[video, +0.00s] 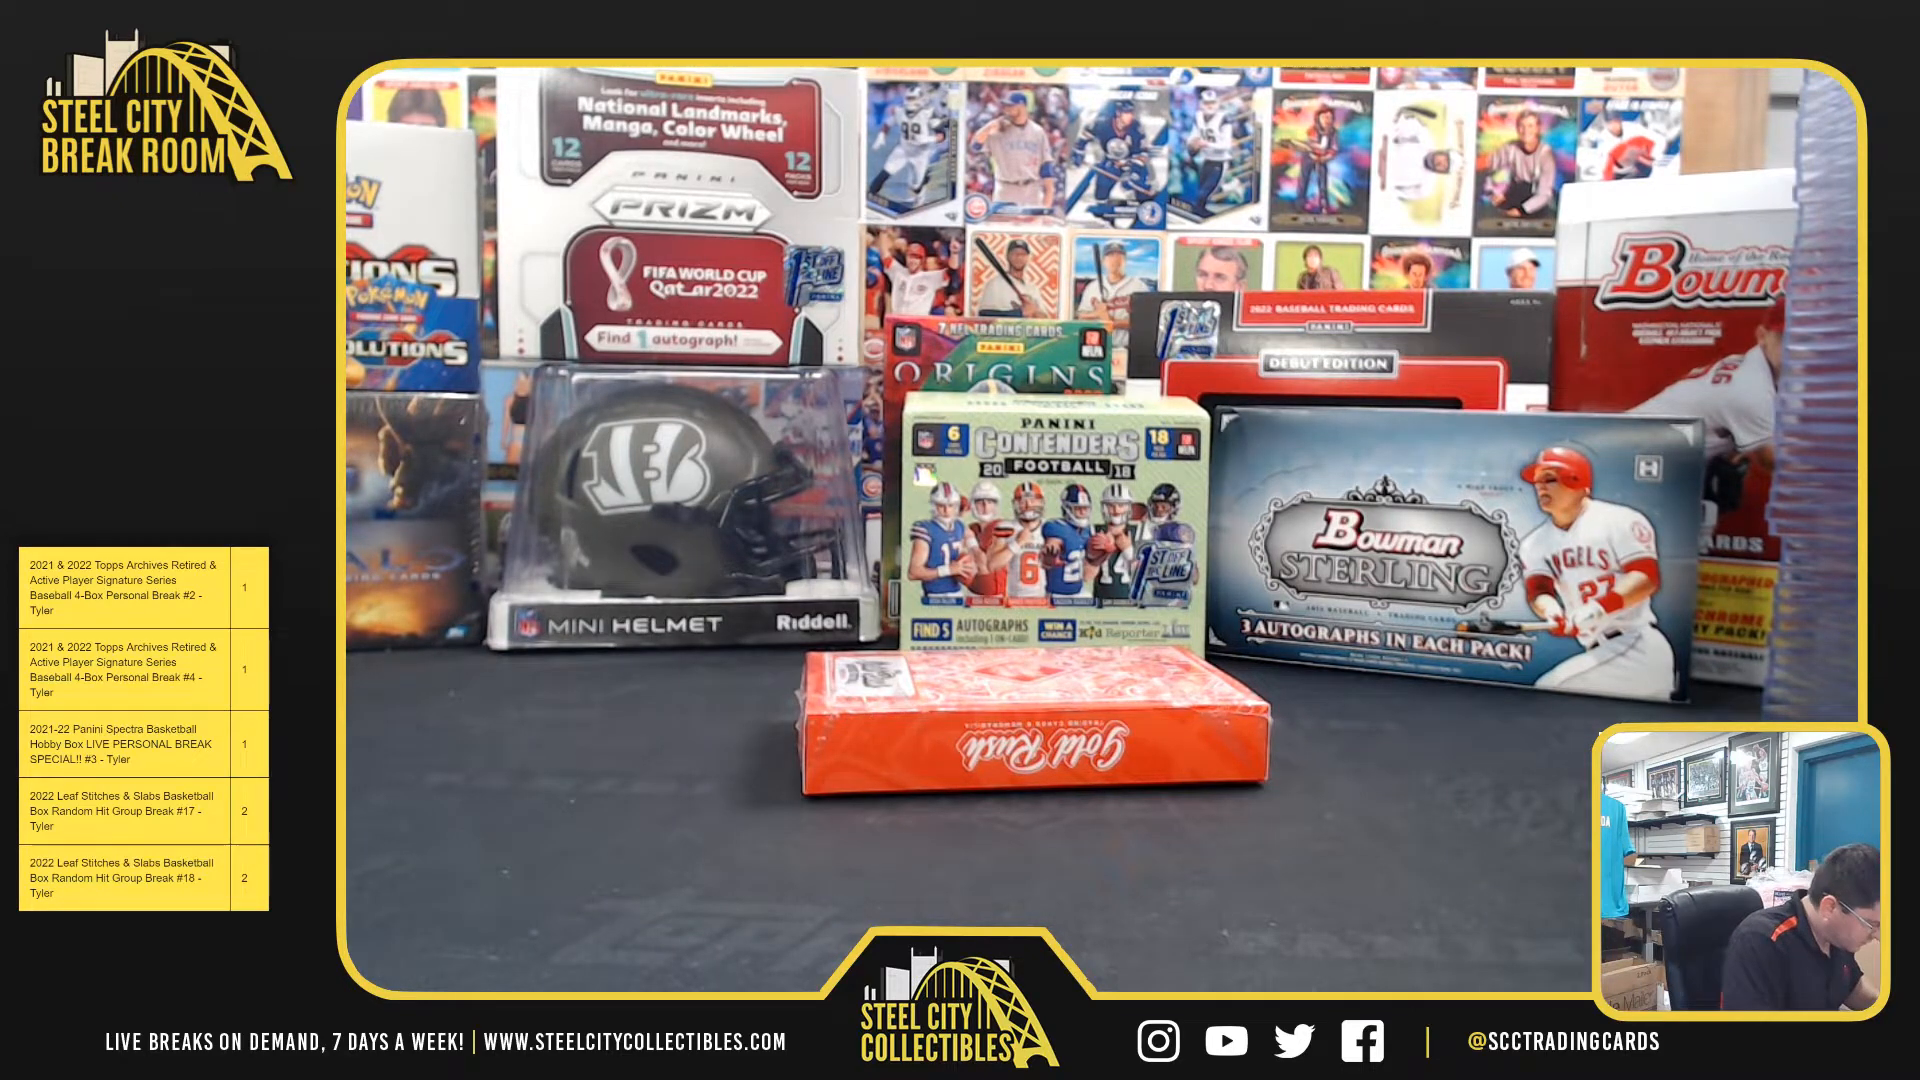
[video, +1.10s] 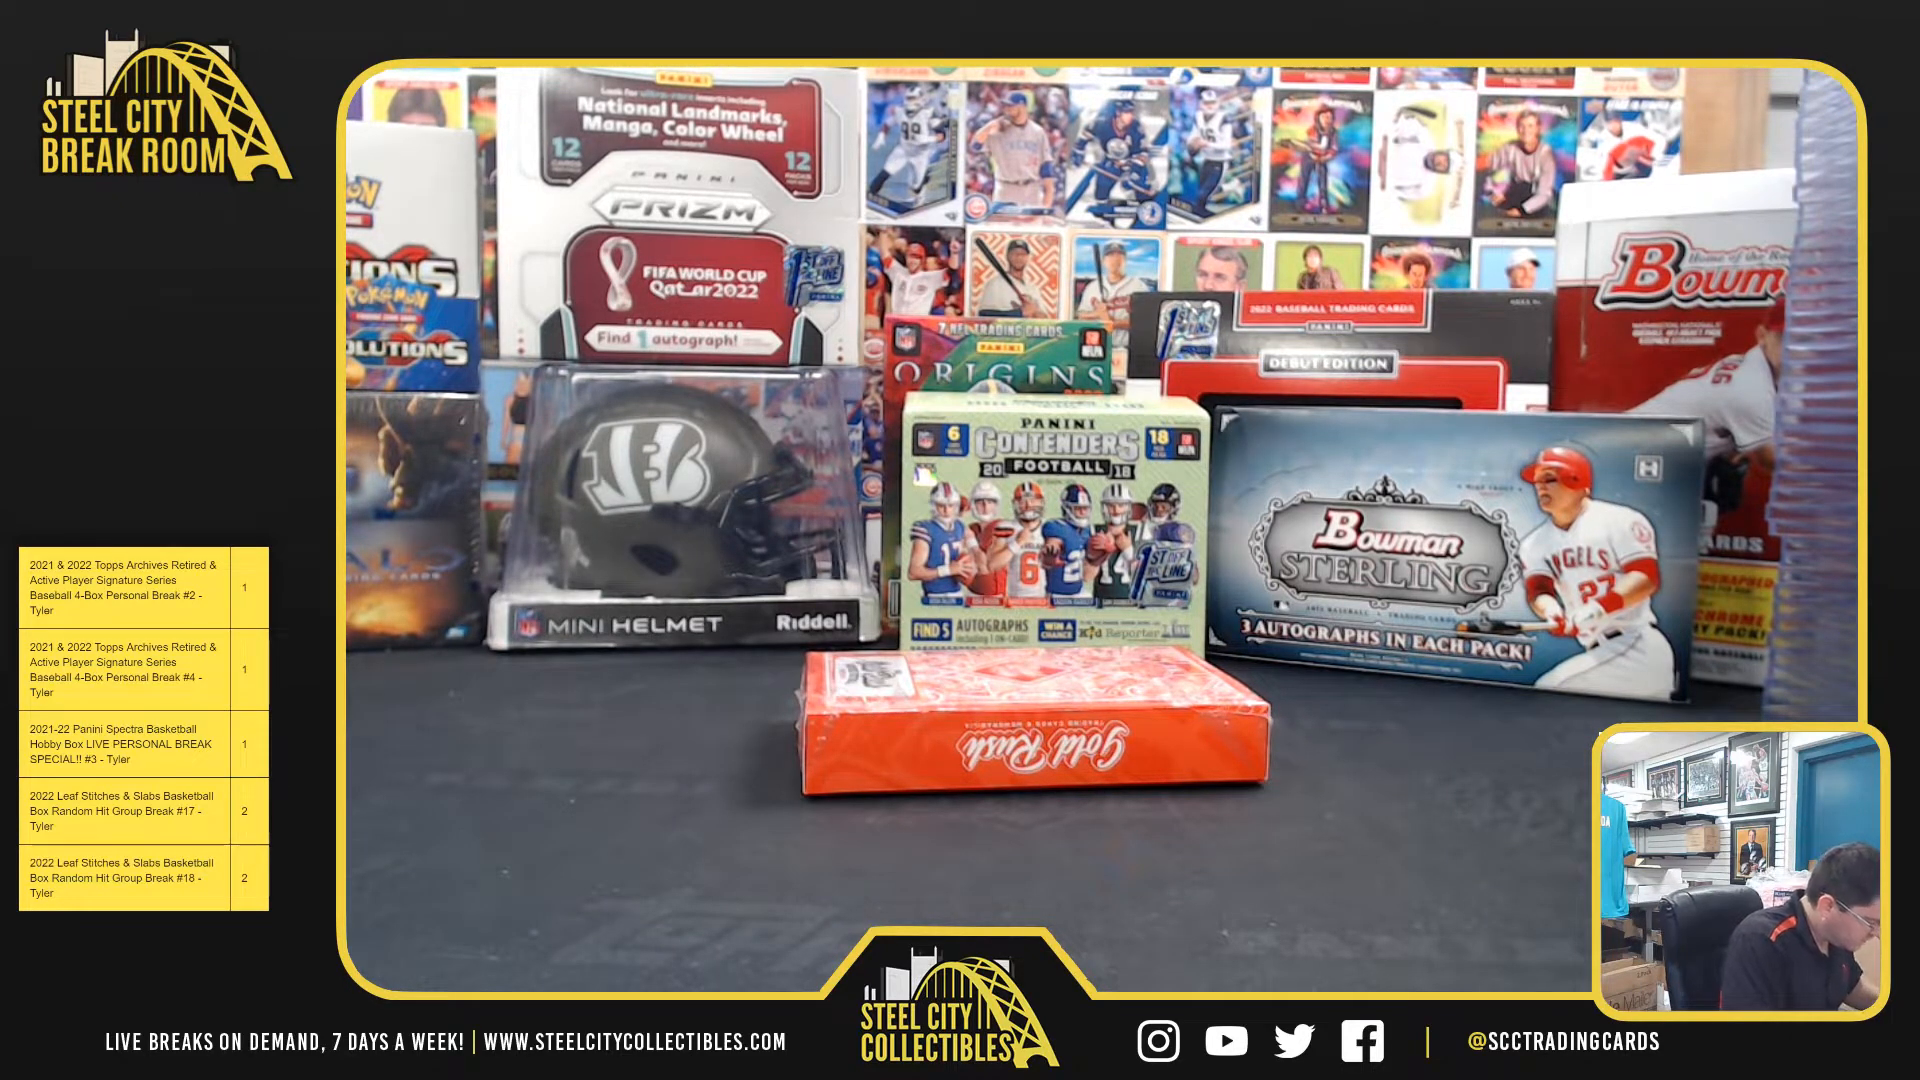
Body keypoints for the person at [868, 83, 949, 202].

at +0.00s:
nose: (910, 103)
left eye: (913, 99)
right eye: (908, 99)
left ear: (920, 100)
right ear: (905, 100)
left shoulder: (928, 115)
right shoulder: (899, 113)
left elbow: (942, 135)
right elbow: (887, 125)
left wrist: (928, 139)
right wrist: (881, 138)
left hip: (921, 153)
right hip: (903, 150)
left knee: (915, 186)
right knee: (886, 172)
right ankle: (868, 197)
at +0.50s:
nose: (910, 103)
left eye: (913, 99)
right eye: (908, 99)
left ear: (920, 100)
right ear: (905, 100)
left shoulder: (928, 114)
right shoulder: (899, 113)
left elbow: (942, 135)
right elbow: (887, 125)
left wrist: (928, 139)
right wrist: (881, 138)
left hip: (921, 153)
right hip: (903, 150)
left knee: (915, 187)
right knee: (885, 173)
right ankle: (868, 198)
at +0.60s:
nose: (910, 103)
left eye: (913, 99)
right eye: (908, 99)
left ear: (921, 100)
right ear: (905, 100)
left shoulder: (928, 114)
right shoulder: (900, 113)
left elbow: (942, 135)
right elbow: (887, 125)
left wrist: (928, 139)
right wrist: (881, 138)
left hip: (921, 153)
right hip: (903, 150)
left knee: (915, 187)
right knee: (885, 173)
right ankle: (868, 197)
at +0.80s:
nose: (910, 103)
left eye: (913, 99)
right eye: (908, 99)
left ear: (921, 100)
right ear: (905, 100)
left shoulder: (928, 114)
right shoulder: (900, 113)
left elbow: (942, 135)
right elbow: (887, 125)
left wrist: (928, 139)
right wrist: (881, 138)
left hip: (921, 153)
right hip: (903, 150)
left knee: (915, 187)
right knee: (885, 173)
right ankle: (868, 197)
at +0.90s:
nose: (910, 103)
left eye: (913, 99)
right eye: (908, 99)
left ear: (920, 100)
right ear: (905, 100)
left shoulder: (928, 114)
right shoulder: (899, 113)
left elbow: (942, 135)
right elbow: (887, 125)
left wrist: (928, 139)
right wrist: (881, 138)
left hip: (921, 153)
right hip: (903, 150)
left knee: (915, 187)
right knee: (885, 173)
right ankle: (868, 198)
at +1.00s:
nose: (910, 102)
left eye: (913, 99)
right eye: (908, 99)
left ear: (920, 100)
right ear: (905, 100)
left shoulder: (928, 114)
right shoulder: (900, 113)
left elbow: (942, 135)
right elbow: (887, 125)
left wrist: (928, 139)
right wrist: (881, 138)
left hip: (921, 153)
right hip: (903, 150)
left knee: (915, 186)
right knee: (885, 173)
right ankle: (868, 197)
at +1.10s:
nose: (910, 102)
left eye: (913, 99)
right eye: (908, 99)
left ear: (920, 100)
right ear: (905, 100)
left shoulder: (928, 114)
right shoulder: (899, 113)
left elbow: (942, 135)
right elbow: (887, 125)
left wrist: (928, 139)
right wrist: (881, 138)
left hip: (921, 153)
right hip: (903, 150)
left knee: (915, 186)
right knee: (885, 173)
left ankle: (919, 196)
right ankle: (868, 198)